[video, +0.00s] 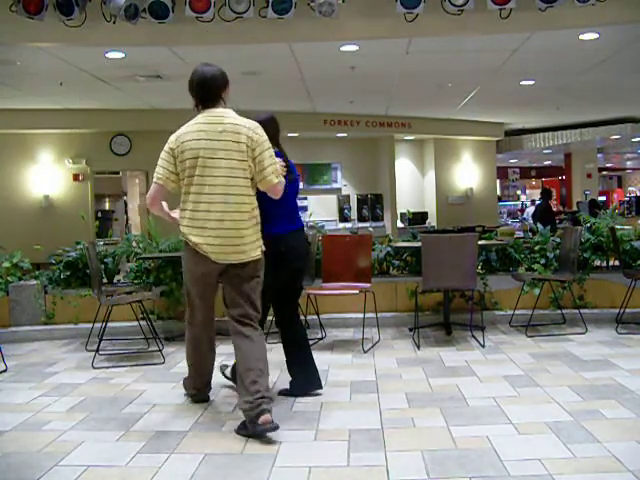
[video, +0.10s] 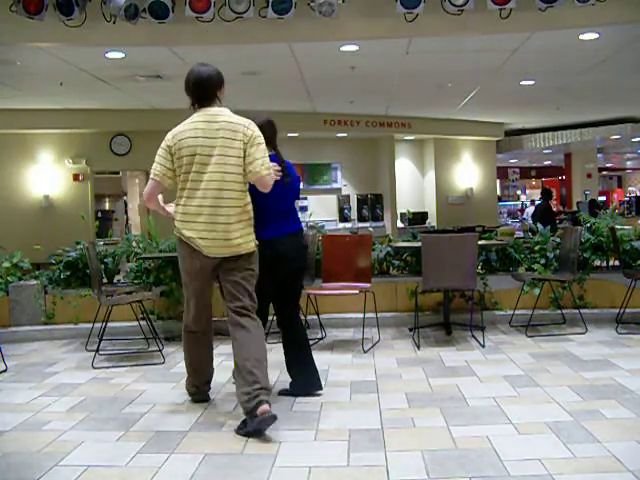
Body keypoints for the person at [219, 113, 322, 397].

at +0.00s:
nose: (248, 144)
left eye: (250, 138)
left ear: (256, 138)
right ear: (277, 135)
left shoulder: (259, 166)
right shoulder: (288, 165)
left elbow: (251, 205)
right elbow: (288, 199)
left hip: (274, 244)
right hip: (295, 240)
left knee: (256, 309)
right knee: (287, 312)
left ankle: (243, 369)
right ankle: (306, 380)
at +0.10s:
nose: (250, 143)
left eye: (251, 137)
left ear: (253, 139)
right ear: (275, 137)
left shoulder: (251, 169)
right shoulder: (289, 168)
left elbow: (241, 204)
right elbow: (294, 195)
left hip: (265, 246)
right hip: (293, 242)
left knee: (255, 314)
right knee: (289, 313)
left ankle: (249, 380)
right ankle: (306, 380)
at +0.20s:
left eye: (248, 139)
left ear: (249, 141)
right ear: (271, 139)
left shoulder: (244, 170)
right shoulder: (285, 168)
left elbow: (236, 206)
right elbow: (294, 202)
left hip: (259, 245)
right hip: (289, 241)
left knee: (254, 313)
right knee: (287, 312)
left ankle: (251, 381)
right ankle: (304, 380)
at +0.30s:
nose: (242, 143)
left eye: (242, 138)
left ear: (243, 140)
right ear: (266, 138)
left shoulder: (239, 168)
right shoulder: (282, 167)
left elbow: (232, 208)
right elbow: (291, 208)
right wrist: (288, 235)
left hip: (253, 243)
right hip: (283, 240)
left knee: (249, 312)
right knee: (285, 310)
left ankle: (249, 378)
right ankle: (300, 379)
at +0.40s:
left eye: (237, 139)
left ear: (238, 141)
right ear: (261, 139)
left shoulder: (234, 169)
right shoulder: (276, 166)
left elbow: (228, 208)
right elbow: (289, 209)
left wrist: (230, 238)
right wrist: (286, 238)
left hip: (246, 243)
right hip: (277, 240)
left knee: (245, 311)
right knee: (280, 309)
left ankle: (250, 376)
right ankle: (295, 378)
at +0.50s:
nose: (234, 148)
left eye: (234, 143)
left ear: (233, 144)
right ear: (256, 142)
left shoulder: (228, 172)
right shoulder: (271, 171)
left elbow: (222, 213)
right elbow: (286, 213)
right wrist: (286, 249)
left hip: (240, 246)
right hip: (270, 243)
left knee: (241, 308)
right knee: (272, 307)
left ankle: (248, 372)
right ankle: (290, 372)